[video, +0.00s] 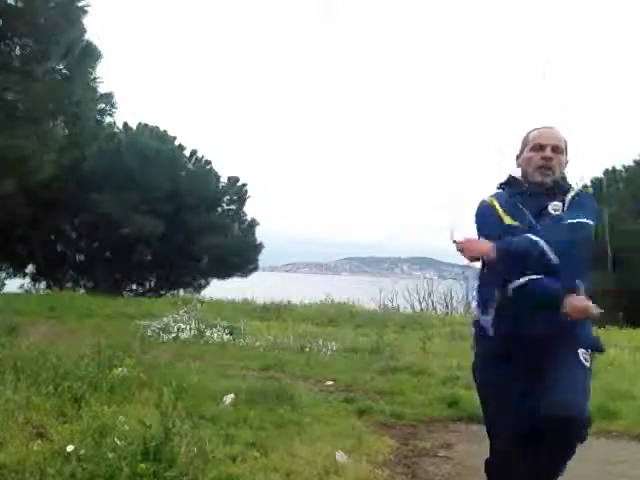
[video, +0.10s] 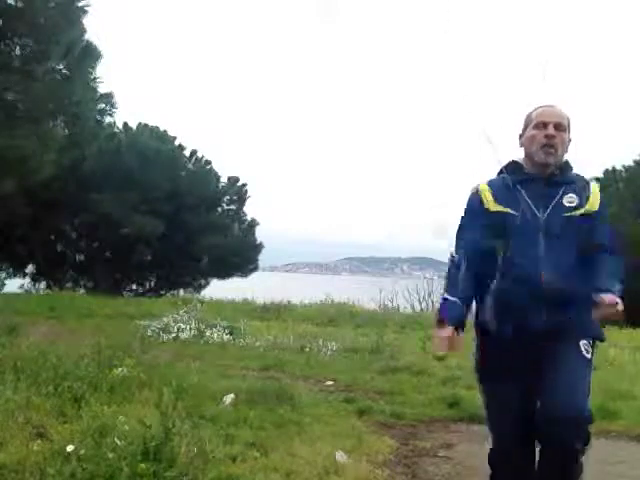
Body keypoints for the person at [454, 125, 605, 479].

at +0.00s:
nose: (547, 156)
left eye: (556, 150)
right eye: (538, 149)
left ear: (566, 161)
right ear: (520, 158)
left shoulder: (581, 203)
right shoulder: (494, 207)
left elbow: (562, 244)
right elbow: (507, 277)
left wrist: (496, 249)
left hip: (564, 336)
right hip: (503, 340)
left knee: (566, 420)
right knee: (509, 444)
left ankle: (530, 474)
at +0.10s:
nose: (550, 134)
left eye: (559, 129)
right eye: (540, 127)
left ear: (569, 141)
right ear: (522, 137)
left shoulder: (588, 195)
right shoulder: (489, 194)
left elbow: (603, 253)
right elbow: (467, 259)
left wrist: (606, 290)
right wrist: (450, 315)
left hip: (567, 335)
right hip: (503, 336)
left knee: (565, 428)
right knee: (509, 445)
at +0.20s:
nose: (552, 125)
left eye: (561, 120)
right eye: (543, 118)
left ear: (572, 133)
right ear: (525, 130)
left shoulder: (593, 188)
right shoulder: (488, 181)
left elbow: (625, 246)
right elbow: (444, 233)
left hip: (569, 331)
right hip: (502, 331)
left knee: (558, 436)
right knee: (508, 441)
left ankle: (557, 475)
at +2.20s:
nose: (556, 132)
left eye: (565, 126)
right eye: (548, 126)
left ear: (579, 138)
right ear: (534, 138)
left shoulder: (604, 192)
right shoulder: (502, 191)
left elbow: (627, 259)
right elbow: (469, 249)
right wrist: (429, 287)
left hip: (580, 336)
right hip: (517, 336)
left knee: (572, 430)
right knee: (522, 439)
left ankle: (570, 473)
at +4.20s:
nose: (548, 137)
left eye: (557, 131)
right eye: (540, 130)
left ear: (571, 141)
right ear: (526, 140)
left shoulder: (599, 194)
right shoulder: (496, 192)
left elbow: (633, 249)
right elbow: (459, 246)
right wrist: (410, 269)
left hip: (573, 338)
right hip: (509, 337)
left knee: (570, 437)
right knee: (516, 437)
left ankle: (553, 473)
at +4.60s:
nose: (552, 152)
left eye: (562, 146)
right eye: (543, 146)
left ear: (577, 158)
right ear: (529, 156)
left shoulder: (605, 211)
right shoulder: (495, 209)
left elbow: (636, 248)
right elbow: (448, 257)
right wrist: (391, 280)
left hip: (574, 355)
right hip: (506, 351)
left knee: (559, 454)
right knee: (495, 429)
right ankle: (524, 473)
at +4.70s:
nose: (550, 145)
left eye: (560, 138)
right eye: (542, 137)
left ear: (575, 148)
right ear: (528, 147)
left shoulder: (598, 204)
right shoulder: (497, 205)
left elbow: (629, 253)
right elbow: (472, 266)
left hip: (572, 347)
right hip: (505, 343)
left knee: (562, 453)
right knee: (487, 413)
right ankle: (505, 474)